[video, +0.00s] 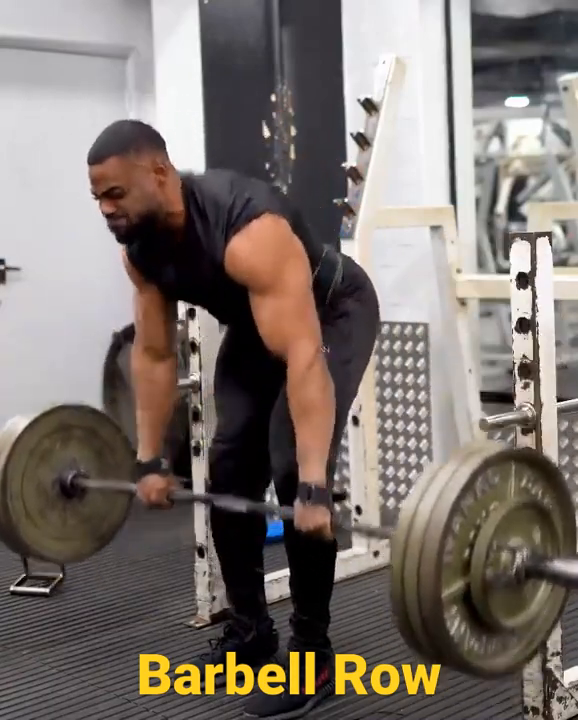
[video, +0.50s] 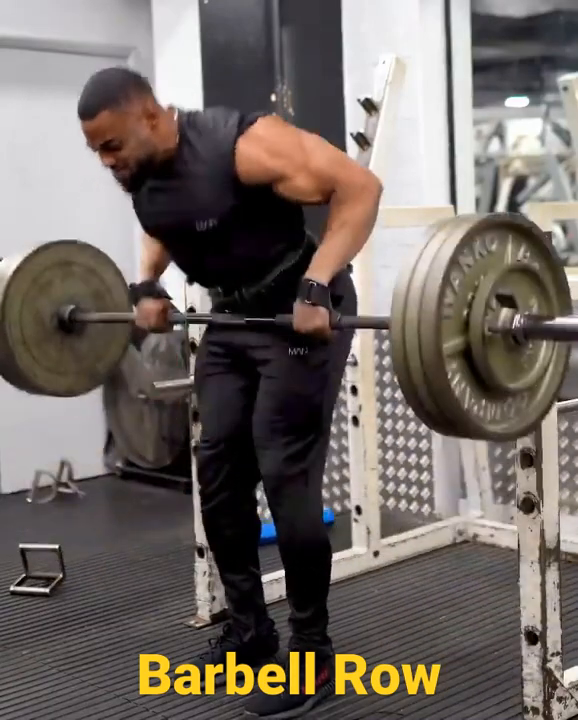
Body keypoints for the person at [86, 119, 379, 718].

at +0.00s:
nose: (106, 212)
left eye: (114, 194)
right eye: (98, 198)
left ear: (160, 172)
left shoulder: (250, 229)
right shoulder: (142, 245)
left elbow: (304, 355)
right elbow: (154, 353)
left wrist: (312, 485)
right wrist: (150, 458)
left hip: (333, 308)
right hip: (253, 319)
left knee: (299, 469)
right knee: (229, 469)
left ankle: (311, 650)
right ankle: (248, 630)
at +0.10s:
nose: (110, 190)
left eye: (117, 174)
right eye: (102, 178)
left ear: (160, 148)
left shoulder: (252, 203)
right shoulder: (143, 219)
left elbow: (315, 320)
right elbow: (154, 321)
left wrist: (312, 449)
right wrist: (149, 429)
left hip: (327, 300)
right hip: (252, 312)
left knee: (309, 468)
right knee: (237, 465)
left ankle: (311, 649)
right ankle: (250, 627)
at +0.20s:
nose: (121, 154)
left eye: (127, 137)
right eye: (113, 142)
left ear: (170, 108)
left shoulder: (260, 155)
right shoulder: (152, 177)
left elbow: (336, 262)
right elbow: (157, 273)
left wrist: (313, 380)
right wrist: (147, 369)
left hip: (309, 321)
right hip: (240, 325)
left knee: (307, 482)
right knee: (240, 480)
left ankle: (313, 651)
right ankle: (249, 630)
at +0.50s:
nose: (108, 162)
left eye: (113, 145)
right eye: (99, 151)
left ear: (154, 116)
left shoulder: (245, 143)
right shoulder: (141, 175)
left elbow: (360, 187)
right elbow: (164, 223)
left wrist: (316, 286)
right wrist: (146, 283)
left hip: (302, 322)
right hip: (229, 325)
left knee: (285, 469)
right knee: (218, 472)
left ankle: (310, 647)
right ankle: (247, 627)